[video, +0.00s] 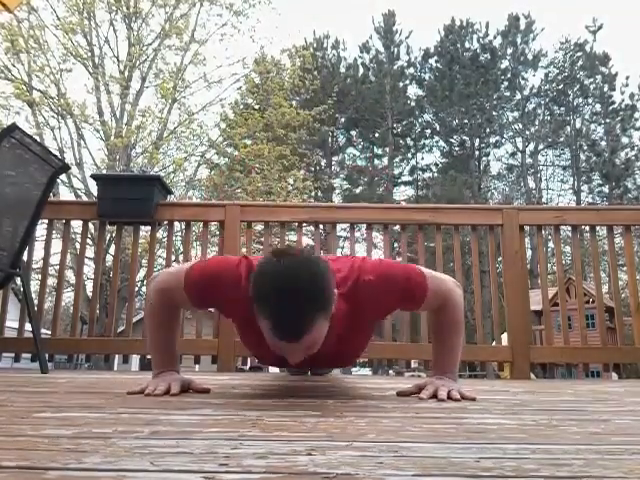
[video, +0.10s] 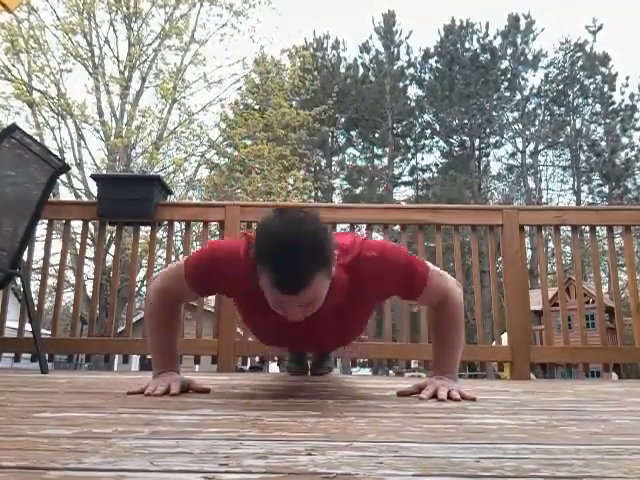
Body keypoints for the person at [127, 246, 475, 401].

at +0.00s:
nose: (296, 360)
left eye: (309, 348)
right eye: (280, 350)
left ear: (334, 305)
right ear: (255, 308)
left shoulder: (371, 283)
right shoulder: (230, 280)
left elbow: (448, 295)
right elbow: (163, 290)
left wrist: (444, 375)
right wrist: (165, 369)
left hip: (339, 353)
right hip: (264, 352)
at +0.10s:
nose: (295, 310)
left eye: (308, 301)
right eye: (281, 302)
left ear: (331, 267)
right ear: (258, 271)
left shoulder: (374, 262)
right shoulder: (229, 261)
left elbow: (446, 294)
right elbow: (163, 291)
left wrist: (444, 375)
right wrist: (165, 371)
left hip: (339, 330)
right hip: (273, 333)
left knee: (330, 348)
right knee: (290, 350)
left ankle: (325, 356)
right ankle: (297, 355)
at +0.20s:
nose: (296, 251)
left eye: (310, 238)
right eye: (281, 238)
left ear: (332, 207)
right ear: (261, 212)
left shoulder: (372, 225)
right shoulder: (231, 227)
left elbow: (435, 292)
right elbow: (172, 290)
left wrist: (444, 376)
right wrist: (166, 371)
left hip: (335, 308)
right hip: (280, 308)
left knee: (326, 337)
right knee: (293, 339)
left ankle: (323, 358)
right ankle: (296, 356)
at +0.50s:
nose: (297, 276)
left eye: (309, 263)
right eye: (283, 266)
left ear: (332, 226)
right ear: (259, 233)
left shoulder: (369, 232)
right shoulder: (231, 236)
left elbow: (440, 291)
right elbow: (166, 290)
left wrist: (445, 376)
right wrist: (165, 370)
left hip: (335, 318)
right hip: (279, 320)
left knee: (326, 340)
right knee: (291, 340)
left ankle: (322, 355)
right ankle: (295, 353)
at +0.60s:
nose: (297, 336)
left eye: (309, 325)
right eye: (282, 328)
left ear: (332, 281)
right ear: (255, 287)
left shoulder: (370, 267)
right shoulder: (232, 266)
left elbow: (446, 291)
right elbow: (164, 288)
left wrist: (446, 376)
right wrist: (165, 370)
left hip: (336, 348)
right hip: (272, 349)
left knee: (322, 362)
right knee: (286, 361)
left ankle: (317, 368)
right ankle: (294, 365)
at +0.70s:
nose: (296, 389)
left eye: (311, 379)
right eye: (278, 380)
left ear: (334, 332)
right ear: (254, 329)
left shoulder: (370, 296)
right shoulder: (234, 294)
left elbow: (448, 291)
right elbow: (163, 287)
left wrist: (446, 374)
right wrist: (165, 369)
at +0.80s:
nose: (296, 380)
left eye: (311, 370)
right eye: (280, 372)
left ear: (332, 326)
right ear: (252, 325)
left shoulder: (370, 291)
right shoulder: (234, 289)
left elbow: (448, 293)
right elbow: (163, 287)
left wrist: (446, 375)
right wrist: (165, 369)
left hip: (337, 362)